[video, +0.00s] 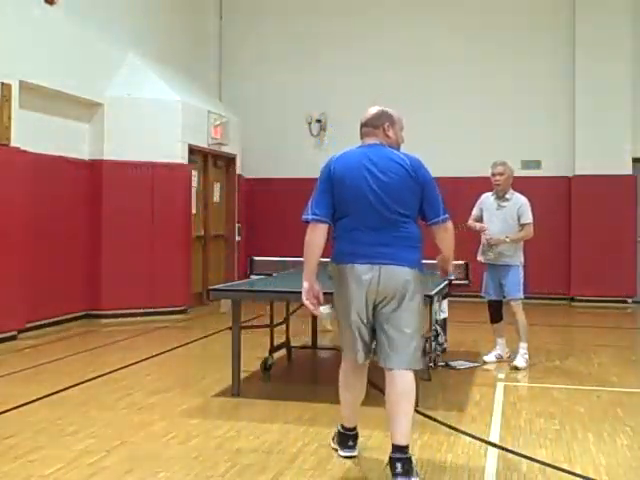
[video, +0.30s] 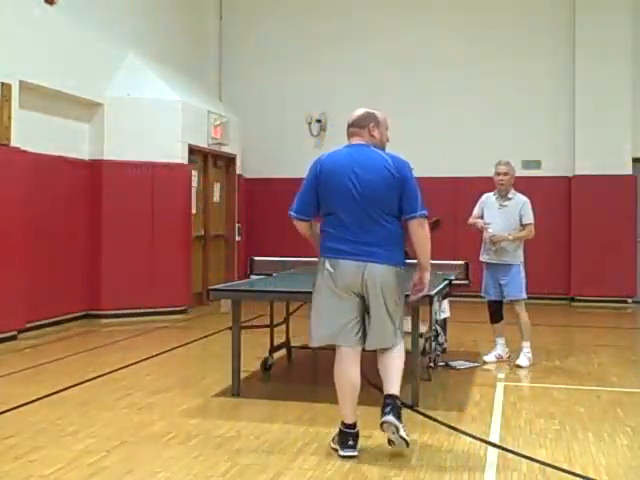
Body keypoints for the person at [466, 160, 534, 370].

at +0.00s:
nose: (496, 179)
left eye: (500, 175)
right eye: (493, 175)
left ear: (511, 177)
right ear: (490, 178)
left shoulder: (521, 202)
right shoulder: (484, 200)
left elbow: (528, 232)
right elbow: (471, 221)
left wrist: (504, 239)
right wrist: (479, 226)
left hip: (512, 262)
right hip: (491, 261)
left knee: (515, 304)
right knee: (493, 305)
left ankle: (523, 349)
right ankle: (500, 347)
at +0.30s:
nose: (500, 178)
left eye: (505, 174)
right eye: (497, 174)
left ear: (513, 177)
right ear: (493, 177)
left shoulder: (522, 202)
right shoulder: (485, 200)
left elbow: (529, 231)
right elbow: (472, 220)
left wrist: (506, 237)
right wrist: (478, 223)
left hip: (512, 262)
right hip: (490, 261)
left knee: (518, 305)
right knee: (493, 305)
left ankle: (526, 349)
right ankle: (500, 347)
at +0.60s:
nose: (514, 179)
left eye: (517, 175)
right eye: (510, 174)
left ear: (520, 178)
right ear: (500, 176)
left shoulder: (527, 202)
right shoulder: (488, 199)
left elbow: (536, 230)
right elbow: (473, 222)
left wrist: (516, 237)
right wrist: (483, 219)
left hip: (517, 262)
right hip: (493, 261)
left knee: (521, 305)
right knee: (495, 304)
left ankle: (526, 349)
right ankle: (501, 347)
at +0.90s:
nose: (518, 179)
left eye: (520, 175)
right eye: (514, 174)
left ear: (523, 178)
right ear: (503, 176)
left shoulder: (530, 202)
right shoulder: (491, 199)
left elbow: (539, 230)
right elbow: (478, 224)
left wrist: (522, 236)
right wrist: (486, 218)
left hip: (519, 261)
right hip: (496, 260)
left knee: (523, 305)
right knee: (496, 305)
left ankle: (526, 349)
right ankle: (501, 347)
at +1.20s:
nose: (510, 179)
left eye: (514, 174)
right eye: (506, 175)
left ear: (523, 177)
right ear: (501, 177)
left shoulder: (531, 201)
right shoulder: (493, 200)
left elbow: (540, 229)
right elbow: (484, 227)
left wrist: (519, 217)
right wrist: (482, 222)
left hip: (520, 260)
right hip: (498, 258)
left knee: (523, 305)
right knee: (497, 304)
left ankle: (526, 349)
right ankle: (501, 346)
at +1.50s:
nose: (506, 177)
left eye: (510, 173)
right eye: (503, 173)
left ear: (521, 176)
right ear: (500, 176)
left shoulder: (529, 198)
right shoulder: (494, 200)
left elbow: (533, 219)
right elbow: (488, 224)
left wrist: (513, 199)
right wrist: (478, 228)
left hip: (520, 260)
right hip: (497, 259)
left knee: (523, 305)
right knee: (497, 304)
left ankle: (527, 348)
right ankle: (501, 347)